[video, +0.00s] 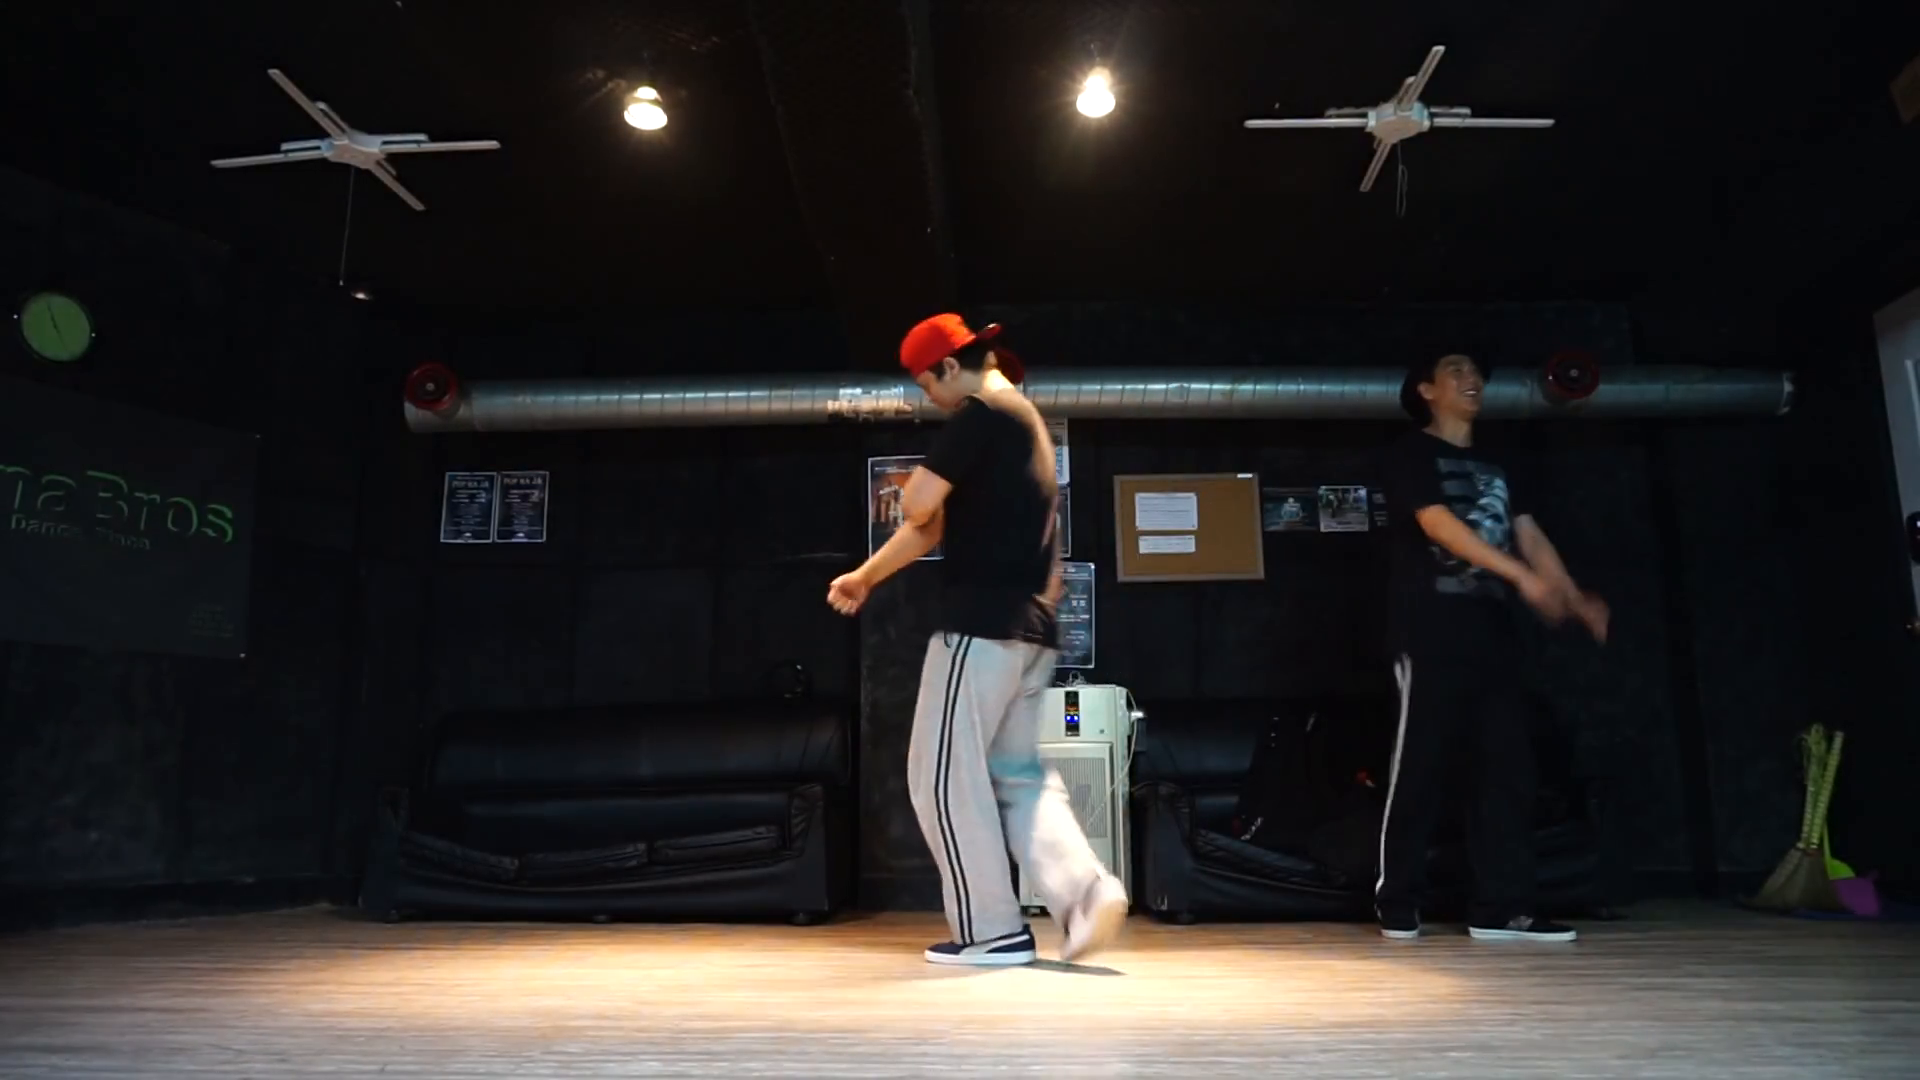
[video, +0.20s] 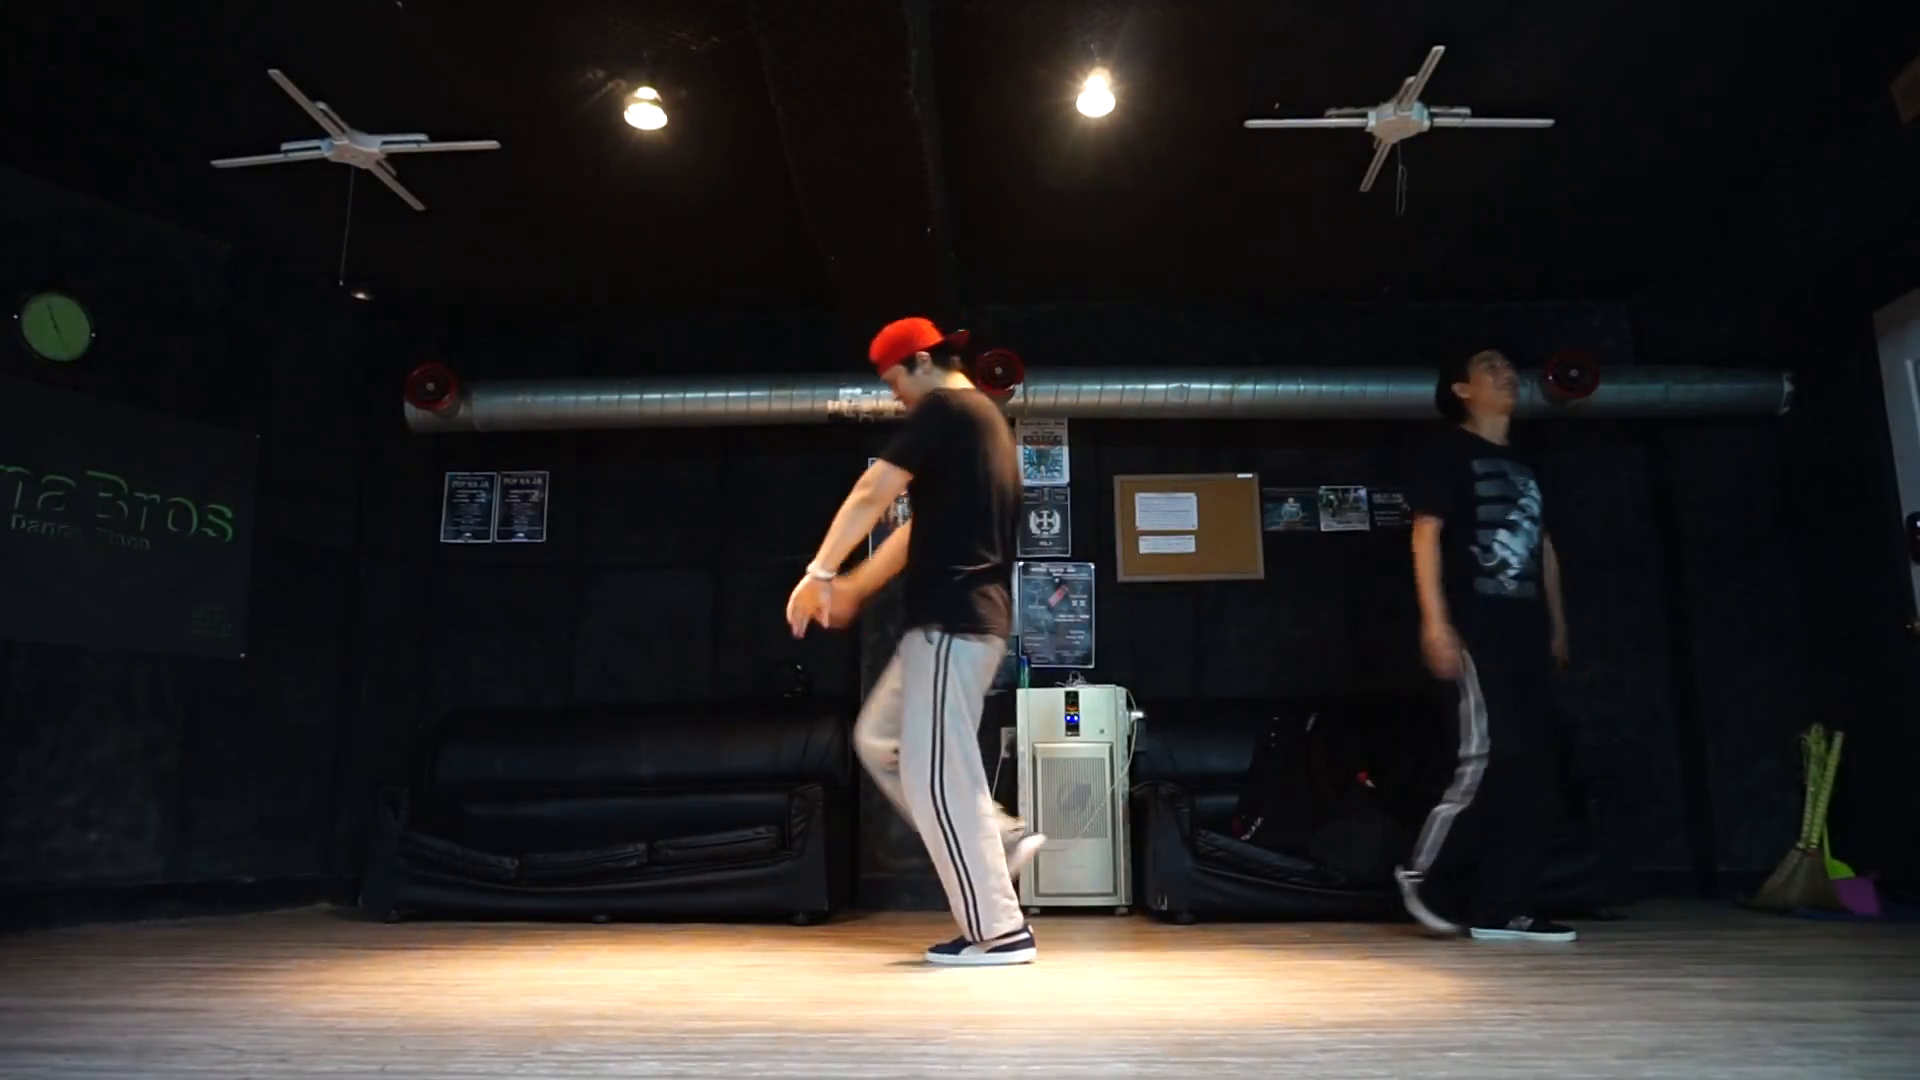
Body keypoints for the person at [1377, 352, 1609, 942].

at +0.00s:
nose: (1471, 382)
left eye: (1475, 375)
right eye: (1456, 374)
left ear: (1482, 393)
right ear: (1426, 392)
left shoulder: (1493, 467)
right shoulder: (1410, 456)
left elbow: (1529, 537)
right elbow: (1441, 527)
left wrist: (1574, 597)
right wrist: (1521, 575)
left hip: (1492, 630)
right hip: (1431, 631)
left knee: (1502, 765)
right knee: (1421, 767)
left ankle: (1499, 910)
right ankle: (1397, 903)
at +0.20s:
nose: (1506, 376)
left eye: (1508, 369)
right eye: (1491, 370)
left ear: (1514, 388)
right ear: (1463, 392)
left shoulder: (1524, 466)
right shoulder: (1447, 453)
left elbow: (1542, 550)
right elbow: (1426, 540)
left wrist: (1557, 623)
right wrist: (1436, 622)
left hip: (1526, 631)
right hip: (1473, 630)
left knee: (1526, 763)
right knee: (1479, 758)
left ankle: (1505, 906)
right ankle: (1418, 880)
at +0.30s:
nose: (1525, 372)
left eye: (1527, 365)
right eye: (1508, 366)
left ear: (1535, 387)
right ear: (1480, 389)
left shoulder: (1538, 465)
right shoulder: (1463, 448)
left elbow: (1538, 547)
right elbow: (1419, 521)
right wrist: (1388, 603)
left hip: (1534, 623)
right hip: (1484, 619)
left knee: (1538, 754)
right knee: (1524, 749)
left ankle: (1513, 902)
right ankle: (1474, 884)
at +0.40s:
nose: (1544, 369)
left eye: (1546, 363)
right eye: (1526, 362)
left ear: (1553, 386)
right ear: (1496, 384)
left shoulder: (1547, 462)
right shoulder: (1483, 443)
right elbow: (1421, 506)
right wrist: (1360, 573)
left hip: (1538, 625)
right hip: (1503, 624)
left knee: (1513, 766)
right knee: (1558, 762)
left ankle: (1497, 911)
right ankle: (1563, 908)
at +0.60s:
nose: (1573, 370)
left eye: (1577, 364)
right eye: (1557, 362)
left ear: (1581, 387)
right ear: (1524, 383)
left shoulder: (1573, 459)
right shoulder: (1513, 440)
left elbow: (1570, 551)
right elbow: (1456, 487)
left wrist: (1607, 617)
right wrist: (1397, 532)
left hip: (1576, 624)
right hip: (1538, 621)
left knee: (1540, 764)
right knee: (1588, 761)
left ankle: (1502, 904)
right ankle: (1627, 914)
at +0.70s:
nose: (1586, 367)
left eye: (1588, 360)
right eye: (1569, 360)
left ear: (1593, 380)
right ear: (1536, 381)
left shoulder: (1590, 459)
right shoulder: (1528, 439)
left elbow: (1618, 551)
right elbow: (1491, 492)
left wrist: (1664, 615)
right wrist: (1467, 516)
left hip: (1600, 623)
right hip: (1557, 623)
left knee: (1589, 761)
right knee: (1600, 761)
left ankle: (1521, 884)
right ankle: (1626, 915)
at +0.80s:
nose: (1597, 369)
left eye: (1600, 361)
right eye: (1581, 361)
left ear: (1606, 381)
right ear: (1548, 383)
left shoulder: (1600, 459)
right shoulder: (1541, 441)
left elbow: (1646, 542)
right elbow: (1540, 499)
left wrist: (1719, 604)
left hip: (1619, 627)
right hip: (1576, 628)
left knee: (1631, 754)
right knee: (1610, 761)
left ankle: (1561, 862)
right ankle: (1629, 913)